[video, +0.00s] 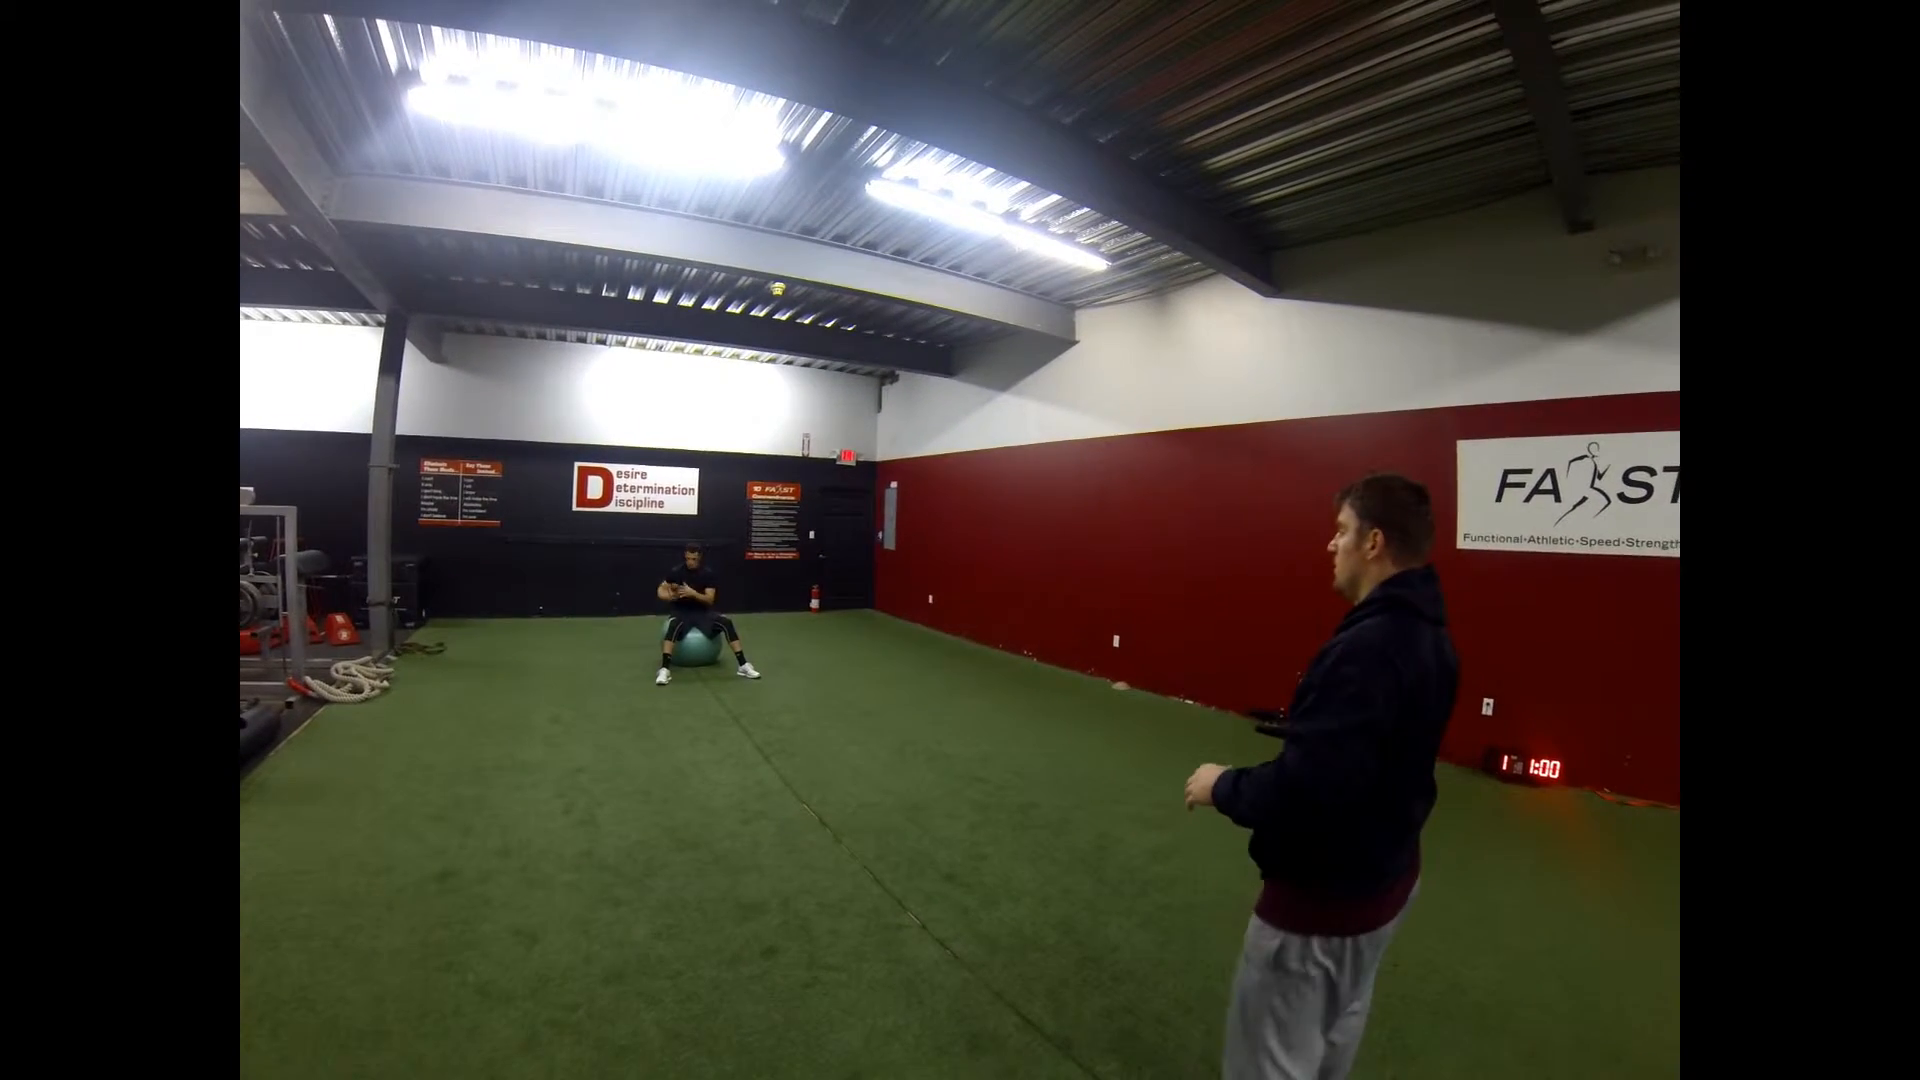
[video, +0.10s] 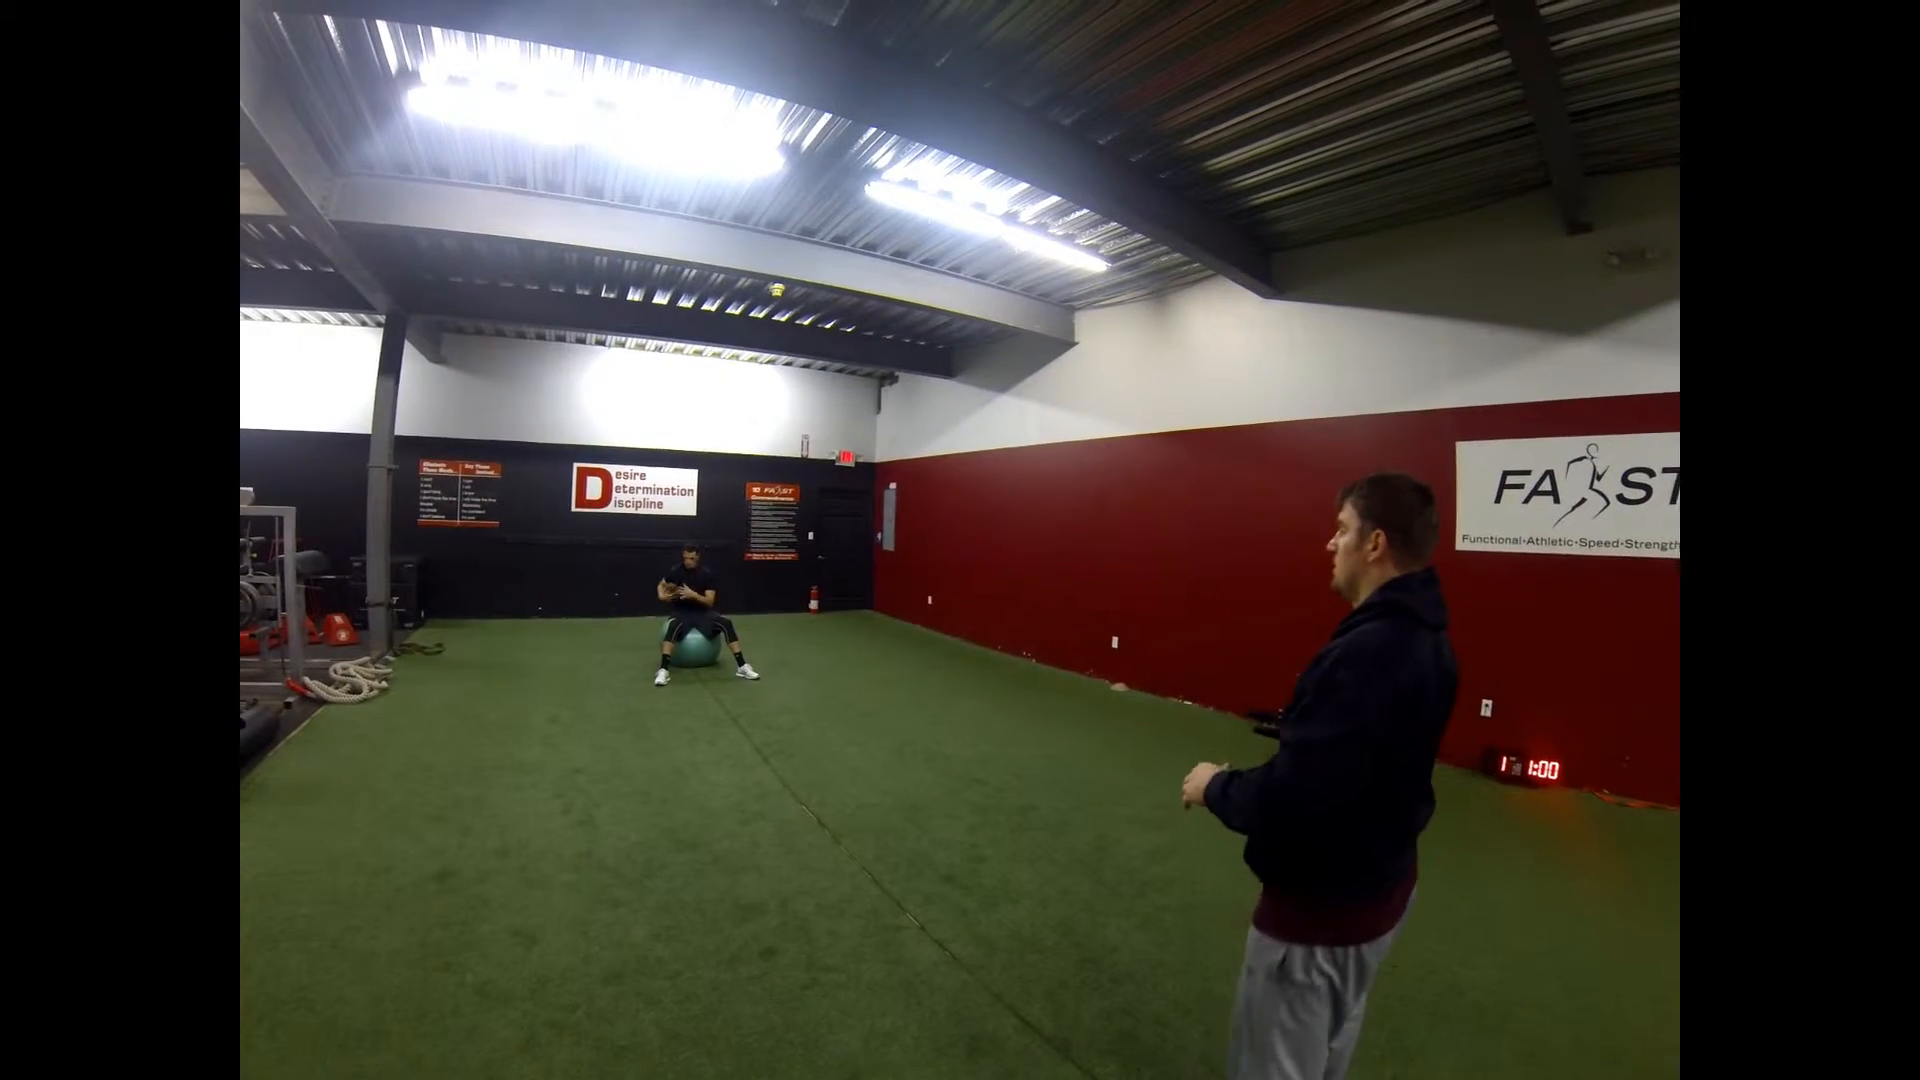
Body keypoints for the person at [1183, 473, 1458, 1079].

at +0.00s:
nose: (1331, 548)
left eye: (1340, 532)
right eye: (1334, 533)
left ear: (1374, 542)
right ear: (1388, 543)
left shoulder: (1366, 648)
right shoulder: (1425, 634)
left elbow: (1309, 784)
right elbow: (1392, 767)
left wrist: (1225, 786)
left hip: (1317, 898)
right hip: (1381, 884)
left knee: (1269, 1058)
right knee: (1333, 1039)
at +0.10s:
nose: (1331, 546)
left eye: (1342, 531)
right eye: (1335, 530)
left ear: (1376, 544)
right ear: (1389, 545)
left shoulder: (1366, 652)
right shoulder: (1423, 636)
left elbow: (1293, 794)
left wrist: (1218, 787)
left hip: (1314, 913)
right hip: (1373, 898)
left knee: (1272, 1066)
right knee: (1324, 1062)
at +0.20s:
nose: (1325, 544)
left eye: (1337, 528)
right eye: (1330, 528)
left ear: (1373, 544)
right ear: (1382, 545)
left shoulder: (1367, 655)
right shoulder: (1418, 638)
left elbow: (1288, 813)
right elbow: (1375, 771)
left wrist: (1212, 794)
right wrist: (1283, 773)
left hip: (1313, 928)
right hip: (1366, 910)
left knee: (1271, 1067)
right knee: (1322, 1062)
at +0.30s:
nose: (1320, 545)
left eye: (1332, 529)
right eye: (1325, 529)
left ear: (1369, 545)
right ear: (1379, 546)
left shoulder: (1363, 662)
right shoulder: (1418, 643)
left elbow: (1277, 831)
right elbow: (1375, 775)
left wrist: (1207, 800)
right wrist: (1282, 774)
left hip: (1310, 939)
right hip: (1367, 919)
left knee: (1270, 1068)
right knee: (1320, 1064)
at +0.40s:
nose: (1310, 544)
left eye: (1321, 528)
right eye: (1315, 528)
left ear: (1359, 545)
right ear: (1368, 545)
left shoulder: (1354, 665)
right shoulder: (1416, 645)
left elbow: (1276, 845)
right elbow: (1373, 782)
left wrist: (1202, 808)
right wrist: (1274, 773)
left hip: (1307, 953)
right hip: (1372, 928)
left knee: (1267, 1069)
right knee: (1317, 1065)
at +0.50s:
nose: (1304, 544)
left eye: (1316, 528)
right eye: (1310, 528)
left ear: (1353, 546)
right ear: (1363, 547)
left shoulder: (1347, 666)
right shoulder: (1414, 645)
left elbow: (1262, 847)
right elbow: (1368, 775)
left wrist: (1196, 806)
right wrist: (1268, 767)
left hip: (1306, 957)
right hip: (1373, 931)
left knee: (1266, 1069)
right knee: (1313, 1066)